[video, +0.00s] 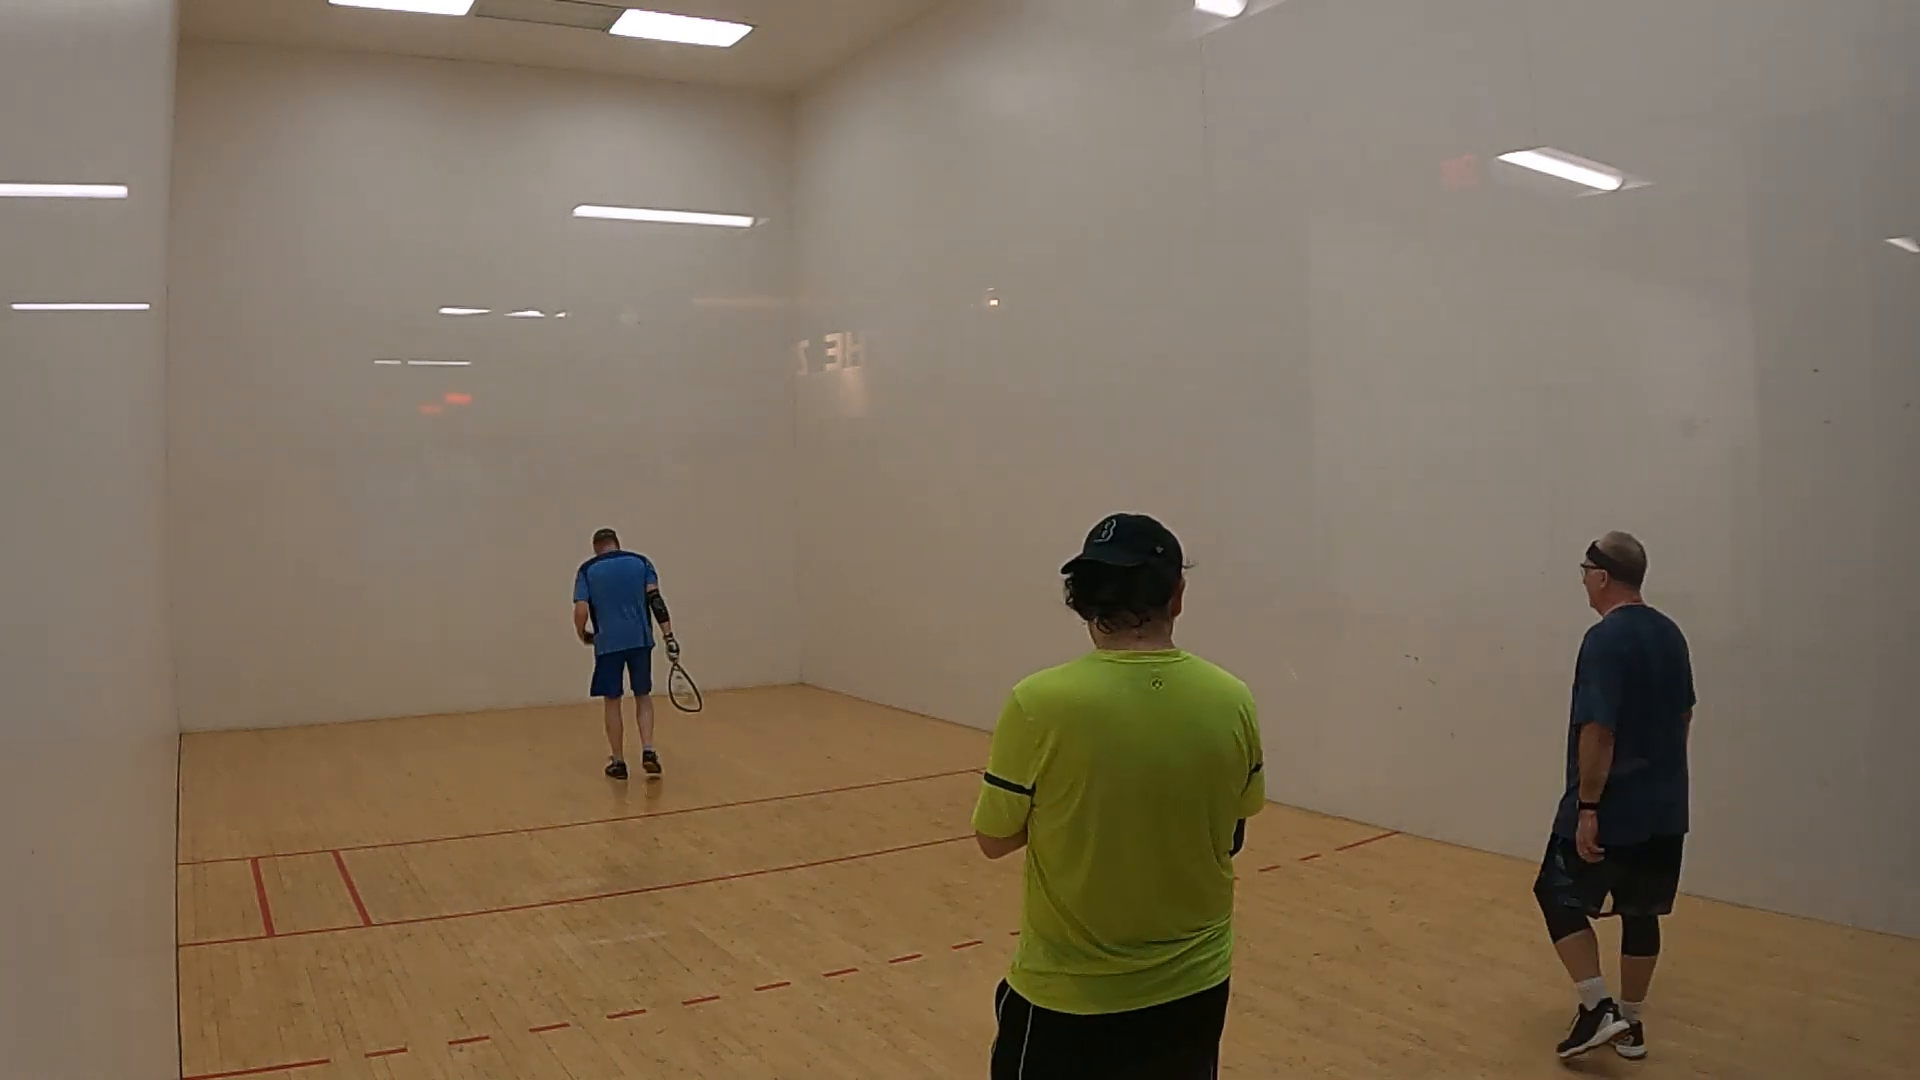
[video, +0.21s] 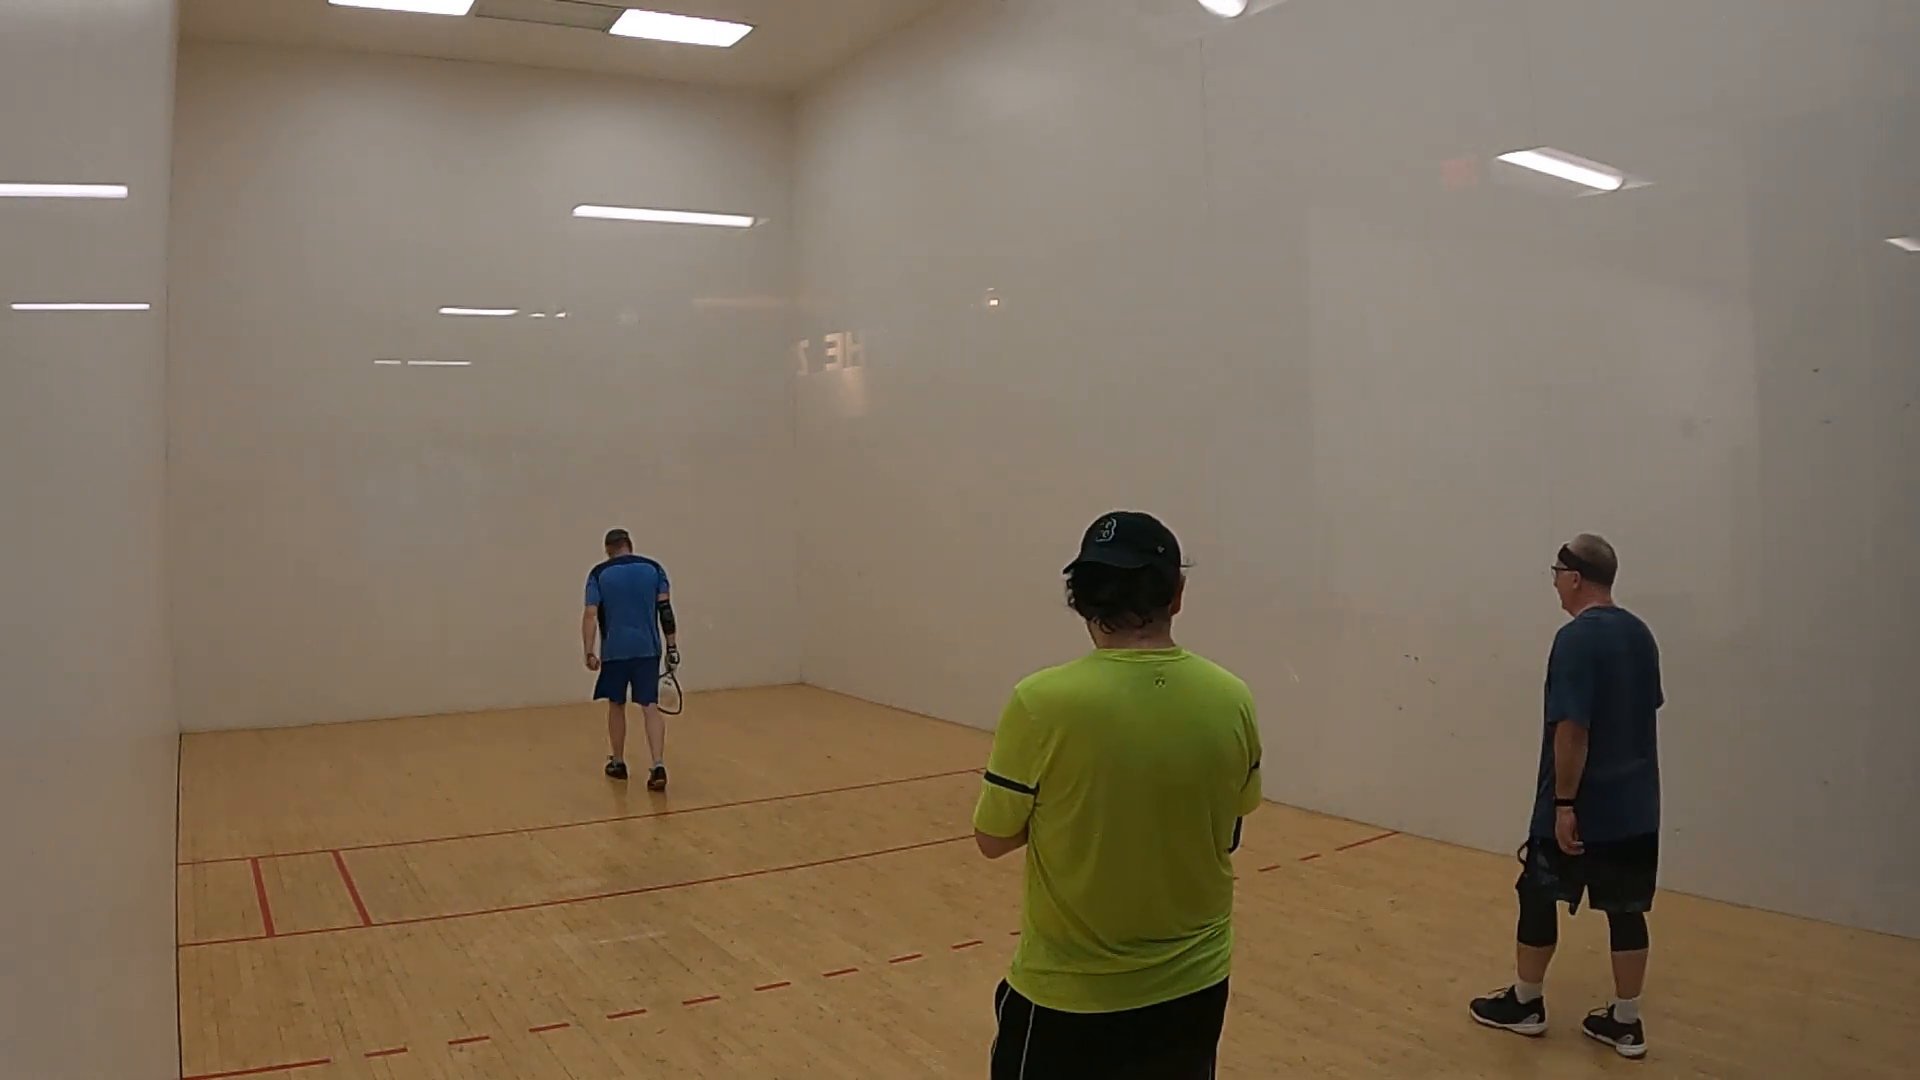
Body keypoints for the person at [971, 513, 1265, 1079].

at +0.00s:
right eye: (1186, 585)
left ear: (1082, 599)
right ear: (1178, 596)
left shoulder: (1039, 703)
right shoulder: (1230, 701)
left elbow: (994, 838)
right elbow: (1232, 833)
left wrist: (1069, 796)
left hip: (1061, 1016)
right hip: (1188, 1010)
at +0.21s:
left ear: (1080, 598)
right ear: (1178, 596)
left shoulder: (1041, 702)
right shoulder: (1229, 699)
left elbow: (993, 838)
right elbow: (1230, 831)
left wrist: (1071, 798)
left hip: (1061, 1014)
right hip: (1189, 1008)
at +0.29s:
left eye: (1082, 590)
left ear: (1082, 600)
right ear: (1177, 596)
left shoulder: (1042, 700)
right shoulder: (1229, 697)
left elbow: (991, 840)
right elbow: (1230, 832)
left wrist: (1067, 795)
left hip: (1064, 1013)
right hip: (1190, 1005)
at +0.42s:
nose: (1073, 599)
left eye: (1073, 587)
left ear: (1079, 596)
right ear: (1170, 591)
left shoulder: (1044, 698)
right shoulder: (1230, 696)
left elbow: (982, 847)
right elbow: (1234, 844)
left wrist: (1050, 797)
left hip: (1065, 1013)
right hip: (1189, 1004)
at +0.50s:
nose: (1069, 597)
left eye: (1069, 584)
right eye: (1071, 582)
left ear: (1078, 595)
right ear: (1165, 590)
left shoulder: (1047, 695)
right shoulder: (1229, 696)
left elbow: (981, 850)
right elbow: (1242, 847)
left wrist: (1038, 796)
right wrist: (1201, 927)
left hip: (1065, 1011)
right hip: (1190, 1002)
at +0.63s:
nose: (1065, 593)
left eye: (1066, 580)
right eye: (1067, 578)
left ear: (1075, 594)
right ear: (1160, 588)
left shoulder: (1047, 691)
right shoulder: (1227, 693)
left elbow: (980, 840)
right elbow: (1248, 849)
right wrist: (1239, 956)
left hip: (1063, 1012)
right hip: (1188, 1002)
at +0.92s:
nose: (1065, 586)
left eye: (1066, 572)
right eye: (1069, 570)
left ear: (1075, 589)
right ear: (1160, 586)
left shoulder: (1052, 683)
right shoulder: (1223, 688)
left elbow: (1008, 820)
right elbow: (1259, 836)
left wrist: (1008, 919)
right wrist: (1285, 959)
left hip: (1069, 1002)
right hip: (1189, 994)